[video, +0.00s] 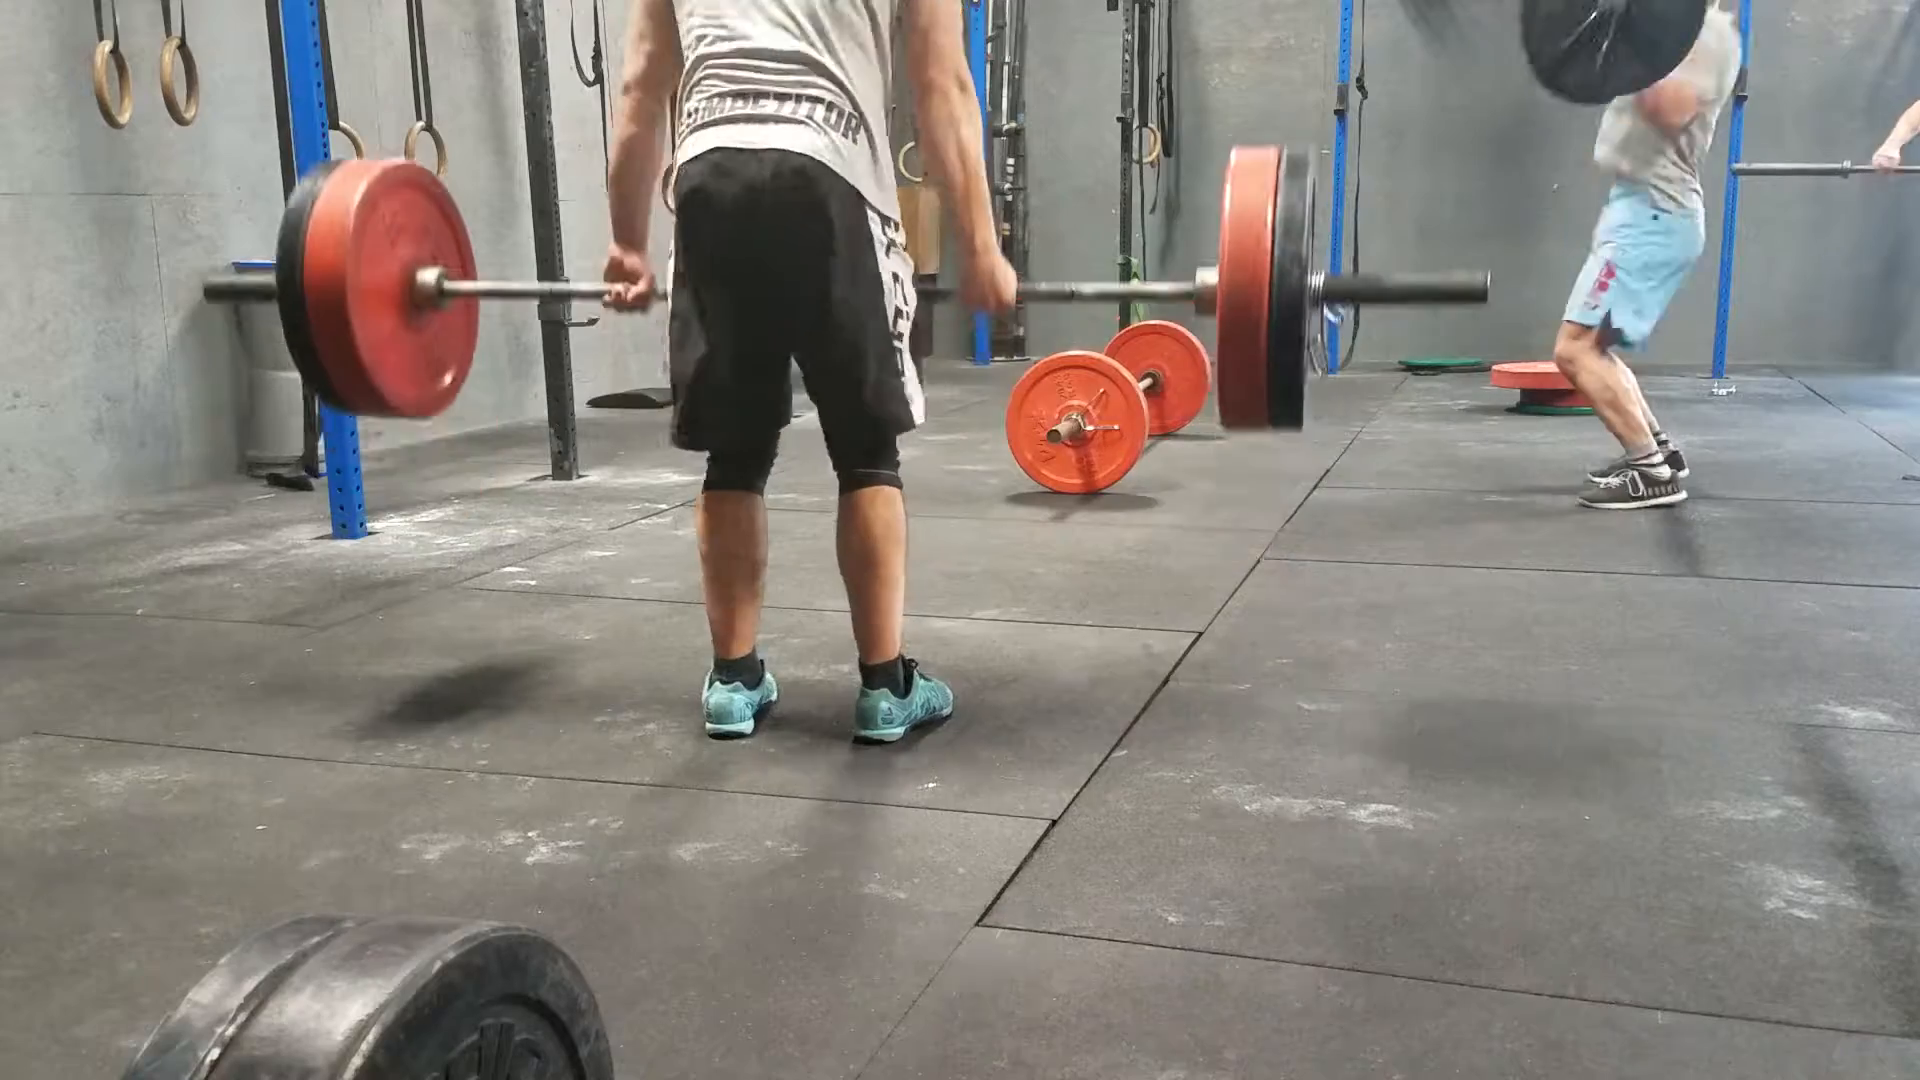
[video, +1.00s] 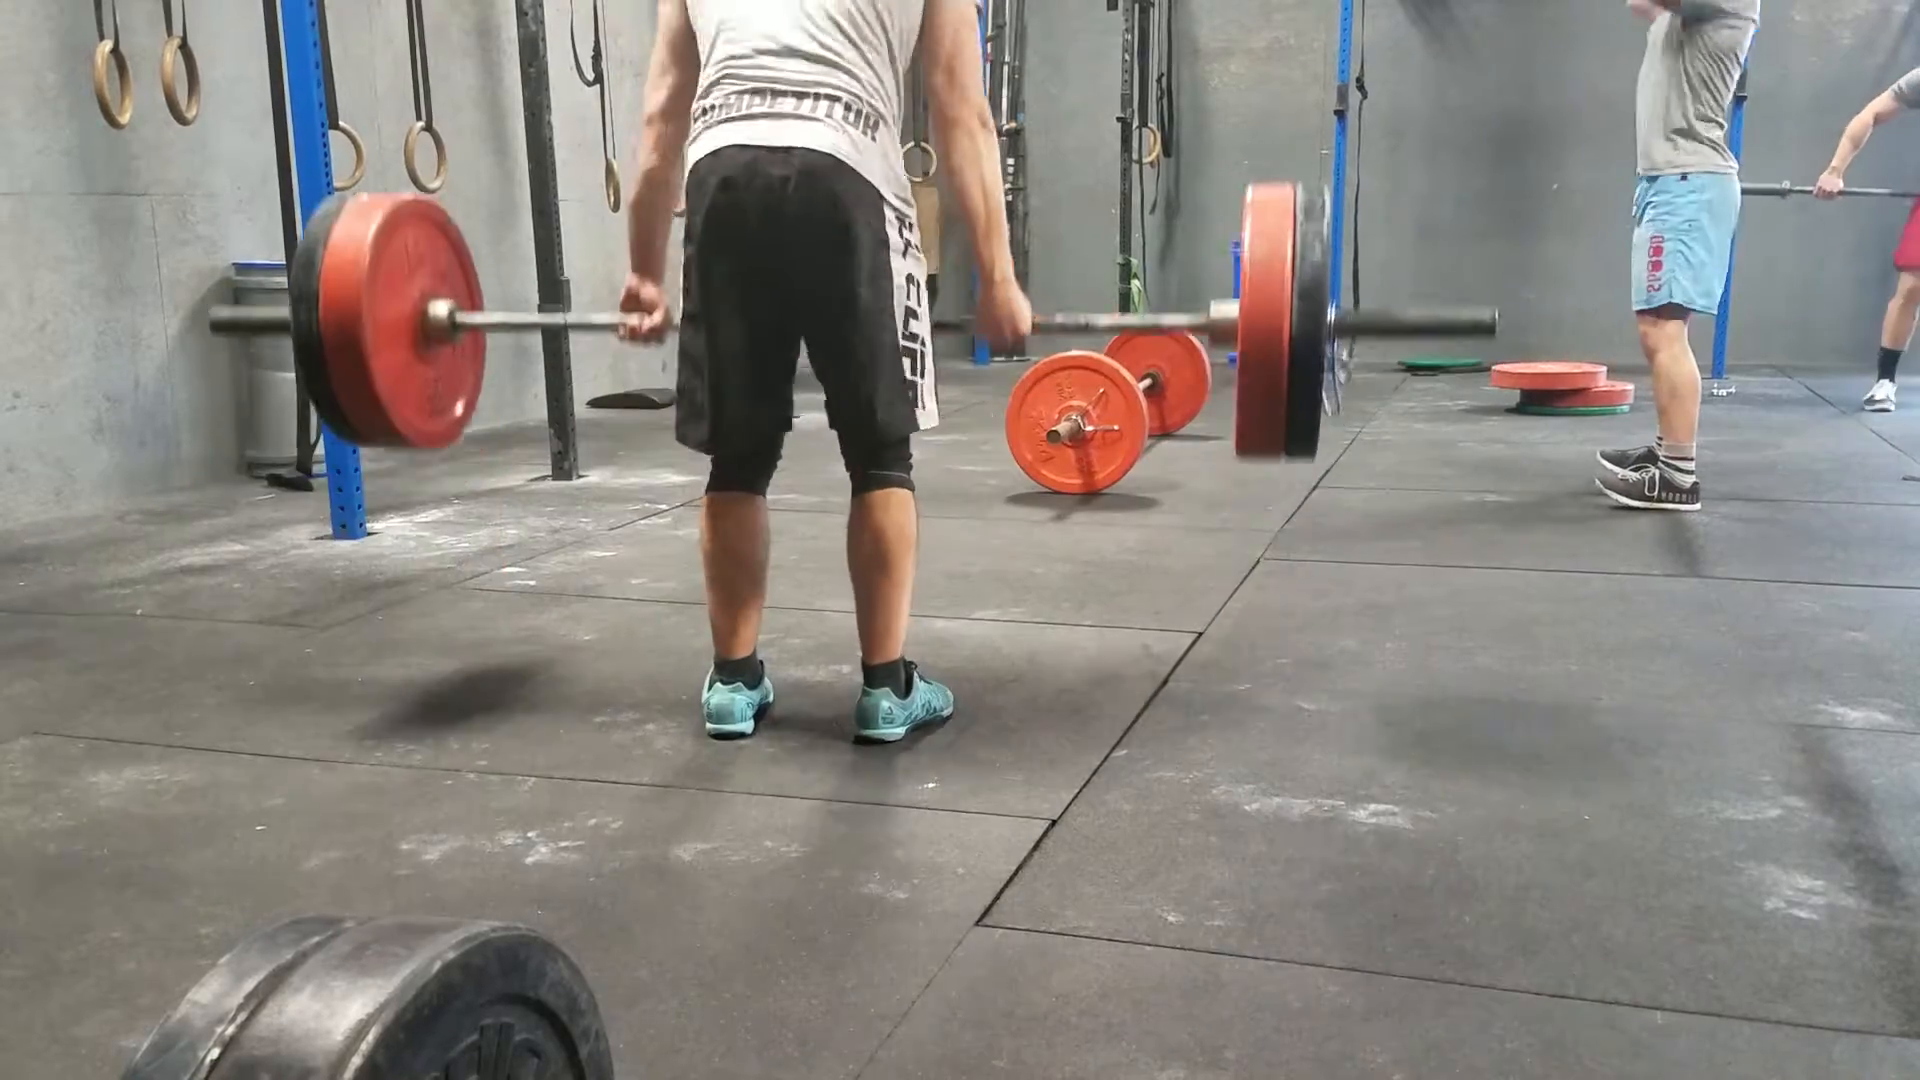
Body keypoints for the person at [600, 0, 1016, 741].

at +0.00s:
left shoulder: (674, 4)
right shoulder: (909, 3)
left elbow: (642, 85)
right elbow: (942, 82)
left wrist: (626, 240)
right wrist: (981, 243)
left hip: (709, 176)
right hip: (828, 173)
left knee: (734, 446)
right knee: (866, 448)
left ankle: (732, 679)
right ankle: (885, 685)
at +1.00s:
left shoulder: (694, 4)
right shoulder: (932, 4)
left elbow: (660, 124)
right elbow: (962, 114)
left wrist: (644, 270)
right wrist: (998, 276)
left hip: (725, 177)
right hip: (845, 178)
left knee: (737, 453)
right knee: (880, 453)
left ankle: (732, 681)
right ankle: (886, 686)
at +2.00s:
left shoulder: (701, 6)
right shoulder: (937, 5)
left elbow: (665, 146)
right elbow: (961, 139)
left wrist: (645, 293)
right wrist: (998, 301)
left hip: (715, 178)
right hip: (840, 181)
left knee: (735, 458)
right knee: (884, 454)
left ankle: (732, 681)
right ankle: (885, 686)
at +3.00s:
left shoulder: (713, 15)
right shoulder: (930, 11)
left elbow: (659, 219)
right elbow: (965, 184)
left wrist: (647, 338)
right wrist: (998, 342)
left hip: (709, 189)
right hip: (834, 189)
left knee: (731, 462)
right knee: (885, 459)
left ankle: (731, 682)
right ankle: (885, 687)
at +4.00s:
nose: (917, 24)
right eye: (917, 19)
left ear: (821, 7)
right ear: (903, 13)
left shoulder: (737, 40)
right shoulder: (931, 65)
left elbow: (676, 223)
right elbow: (963, 239)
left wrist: (649, 387)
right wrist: (999, 400)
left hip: (705, 206)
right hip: (831, 208)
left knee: (730, 461)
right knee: (888, 457)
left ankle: (732, 681)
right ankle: (886, 685)